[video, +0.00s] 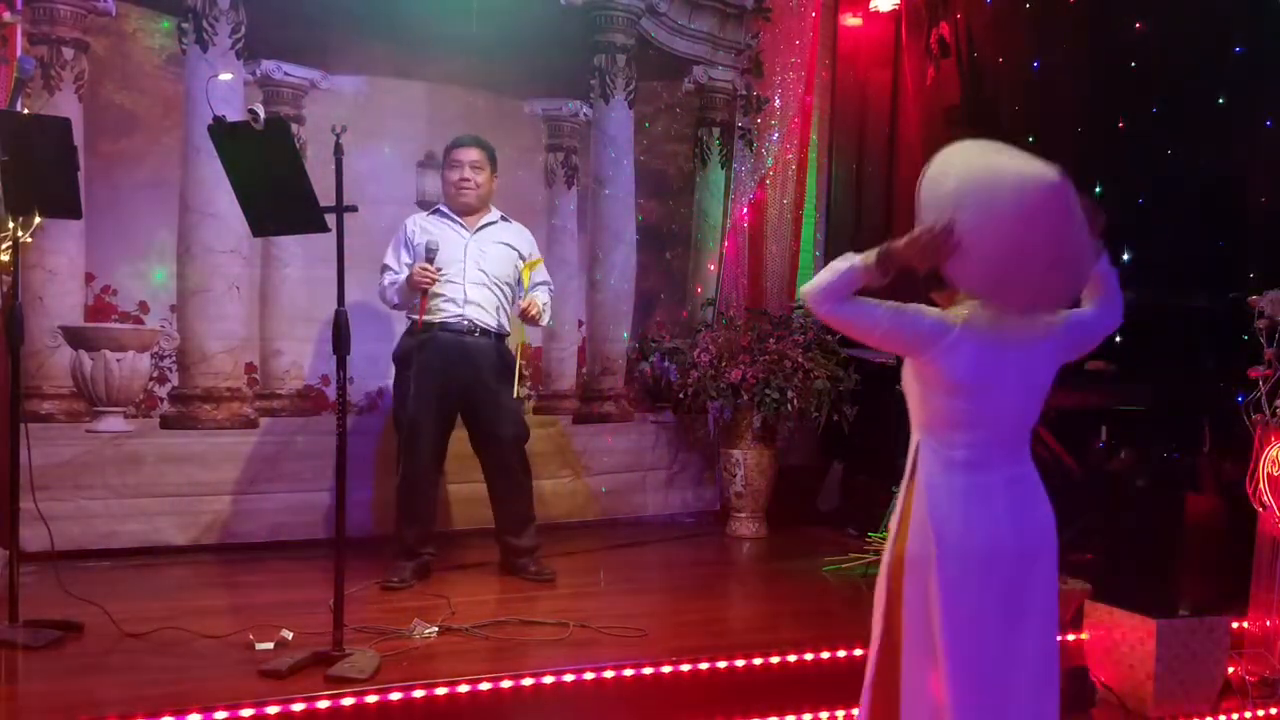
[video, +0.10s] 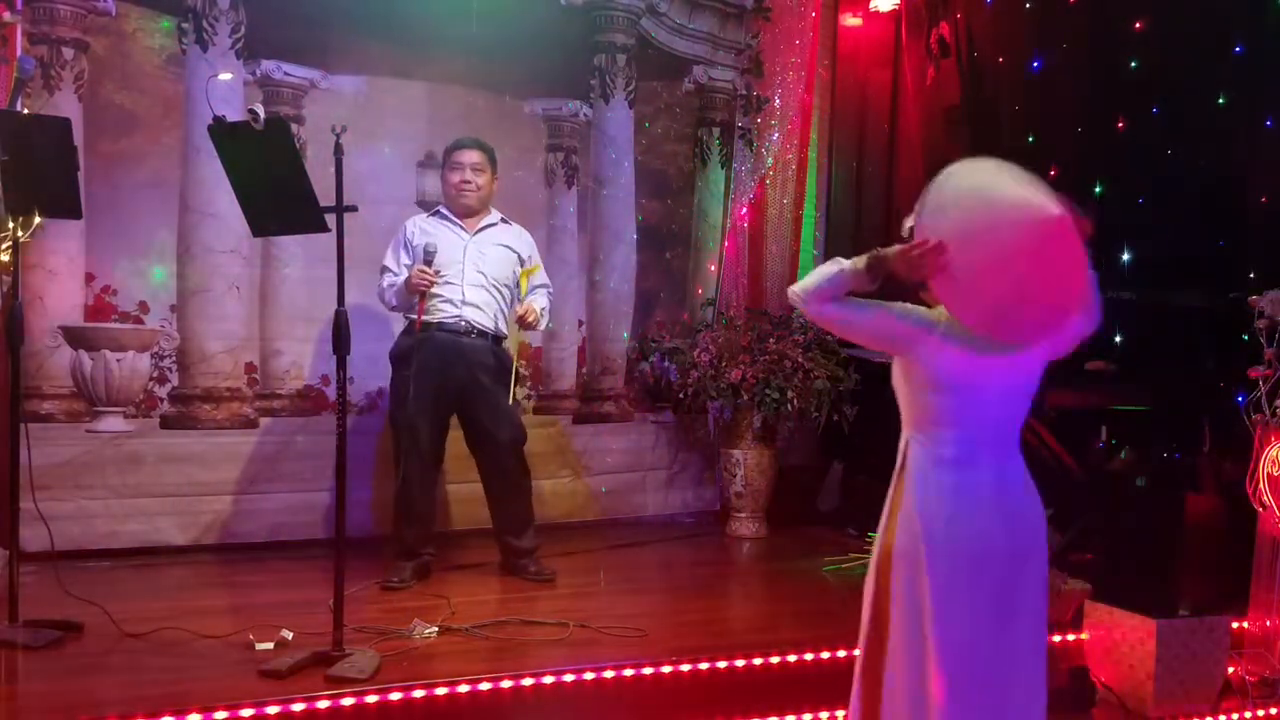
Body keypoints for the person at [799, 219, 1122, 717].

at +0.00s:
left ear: (955, 259)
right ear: (1034, 259)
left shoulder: (931, 332)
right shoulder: (1047, 336)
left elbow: (820, 295)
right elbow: (1105, 308)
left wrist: (885, 257)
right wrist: (1092, 243)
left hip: (939, 506)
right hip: (1019, 503)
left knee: (934, 647)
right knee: (1014, 650)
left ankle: (932, 719)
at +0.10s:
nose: (927, 264)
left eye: (933, 253)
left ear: (944, 264)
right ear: (1009, 265)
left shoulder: (920, 331)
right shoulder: (1033, 342)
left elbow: (808, 294)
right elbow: (1087, 313)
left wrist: (874, 264)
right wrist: (1070, 244)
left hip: (934, 506)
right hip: (1011, 500)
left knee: (928, 651)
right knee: (1006, 654)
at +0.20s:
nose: (917, 252)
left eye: (925, 241)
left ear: (944, 259)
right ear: (996, 263)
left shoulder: (911, 324)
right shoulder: (1020, 339)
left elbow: (801, 286)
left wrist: (878, 250)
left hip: (921, 499)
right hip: (999, 494)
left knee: (912, 641)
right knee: (994, 649)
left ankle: (911, 718)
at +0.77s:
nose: (873, 239)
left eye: (881, 233)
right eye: (876, 231)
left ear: (897, 245)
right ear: (957, 249)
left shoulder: (883, 311)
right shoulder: (1000, 317)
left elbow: (773, 303)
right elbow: (990, 295)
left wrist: (839, 253)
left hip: (895, 482)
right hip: (972, 479)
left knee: (887, 632)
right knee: (971, 632)